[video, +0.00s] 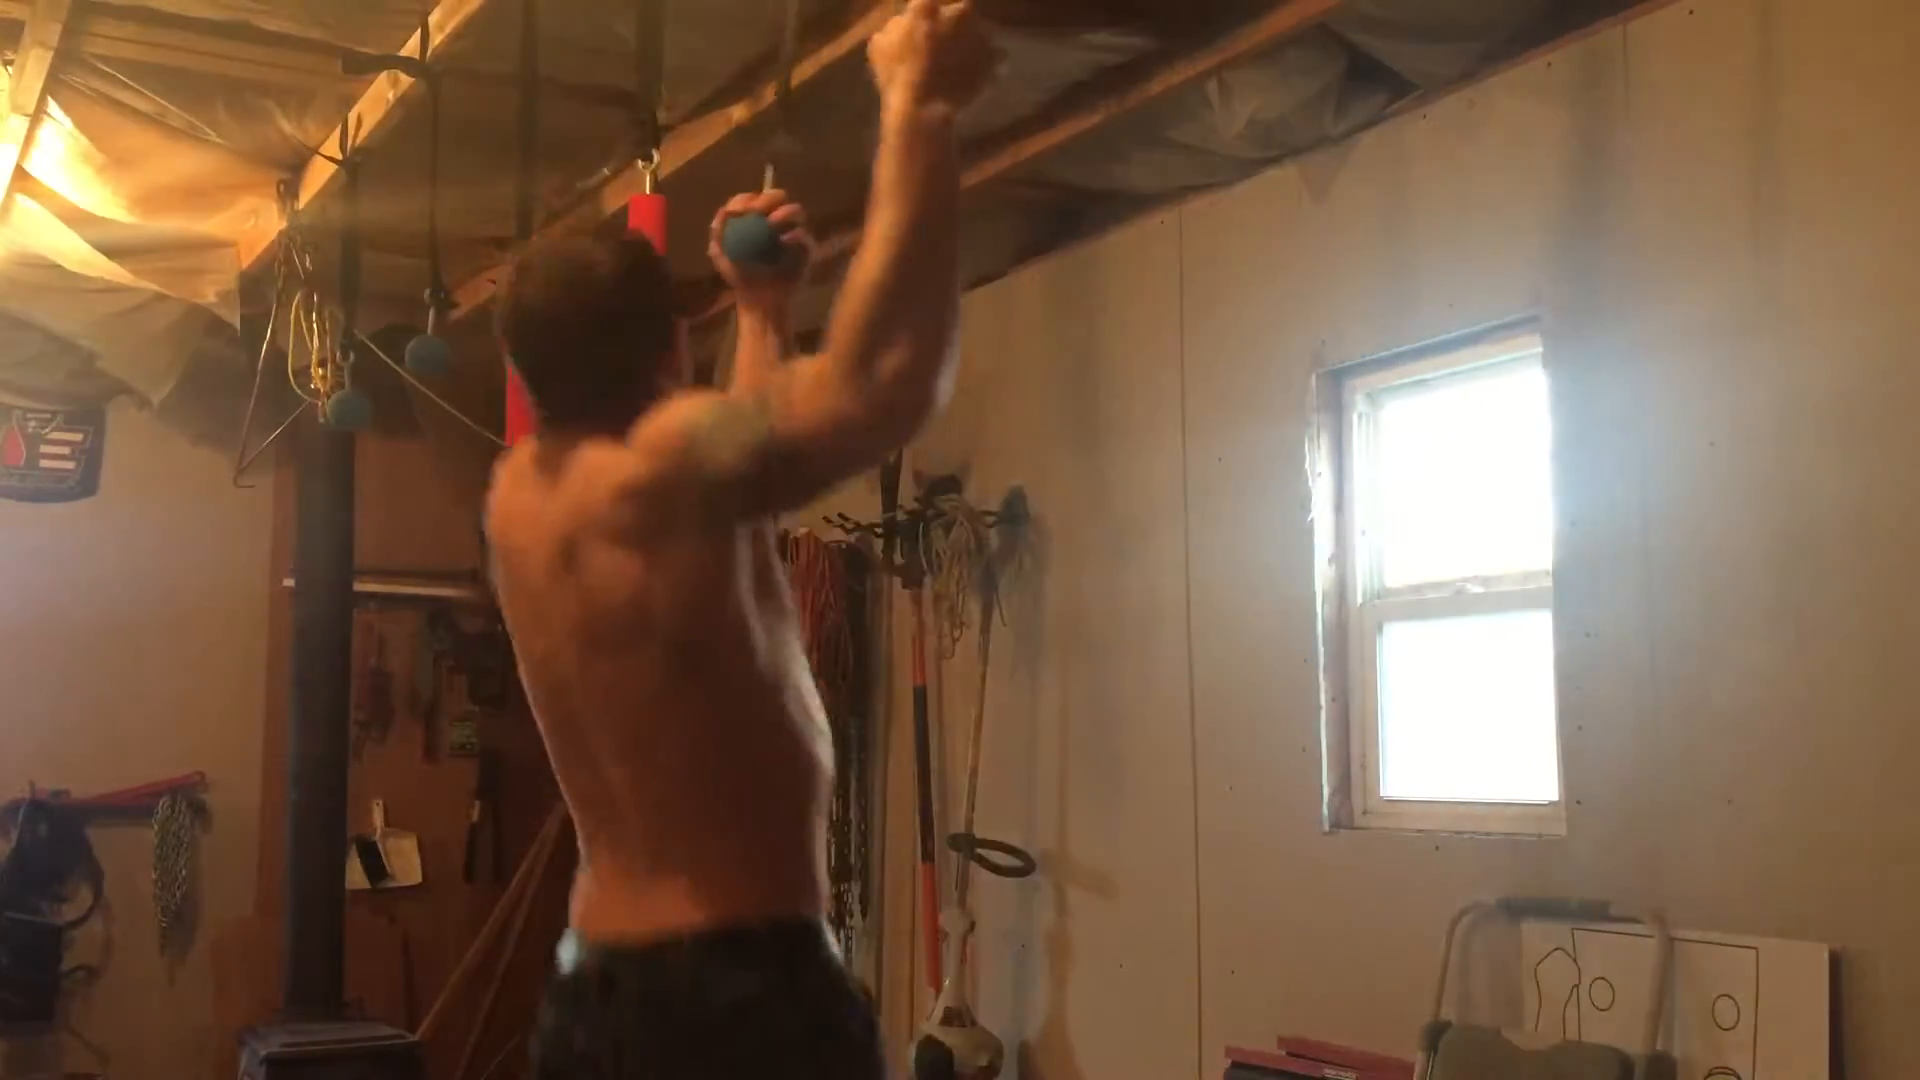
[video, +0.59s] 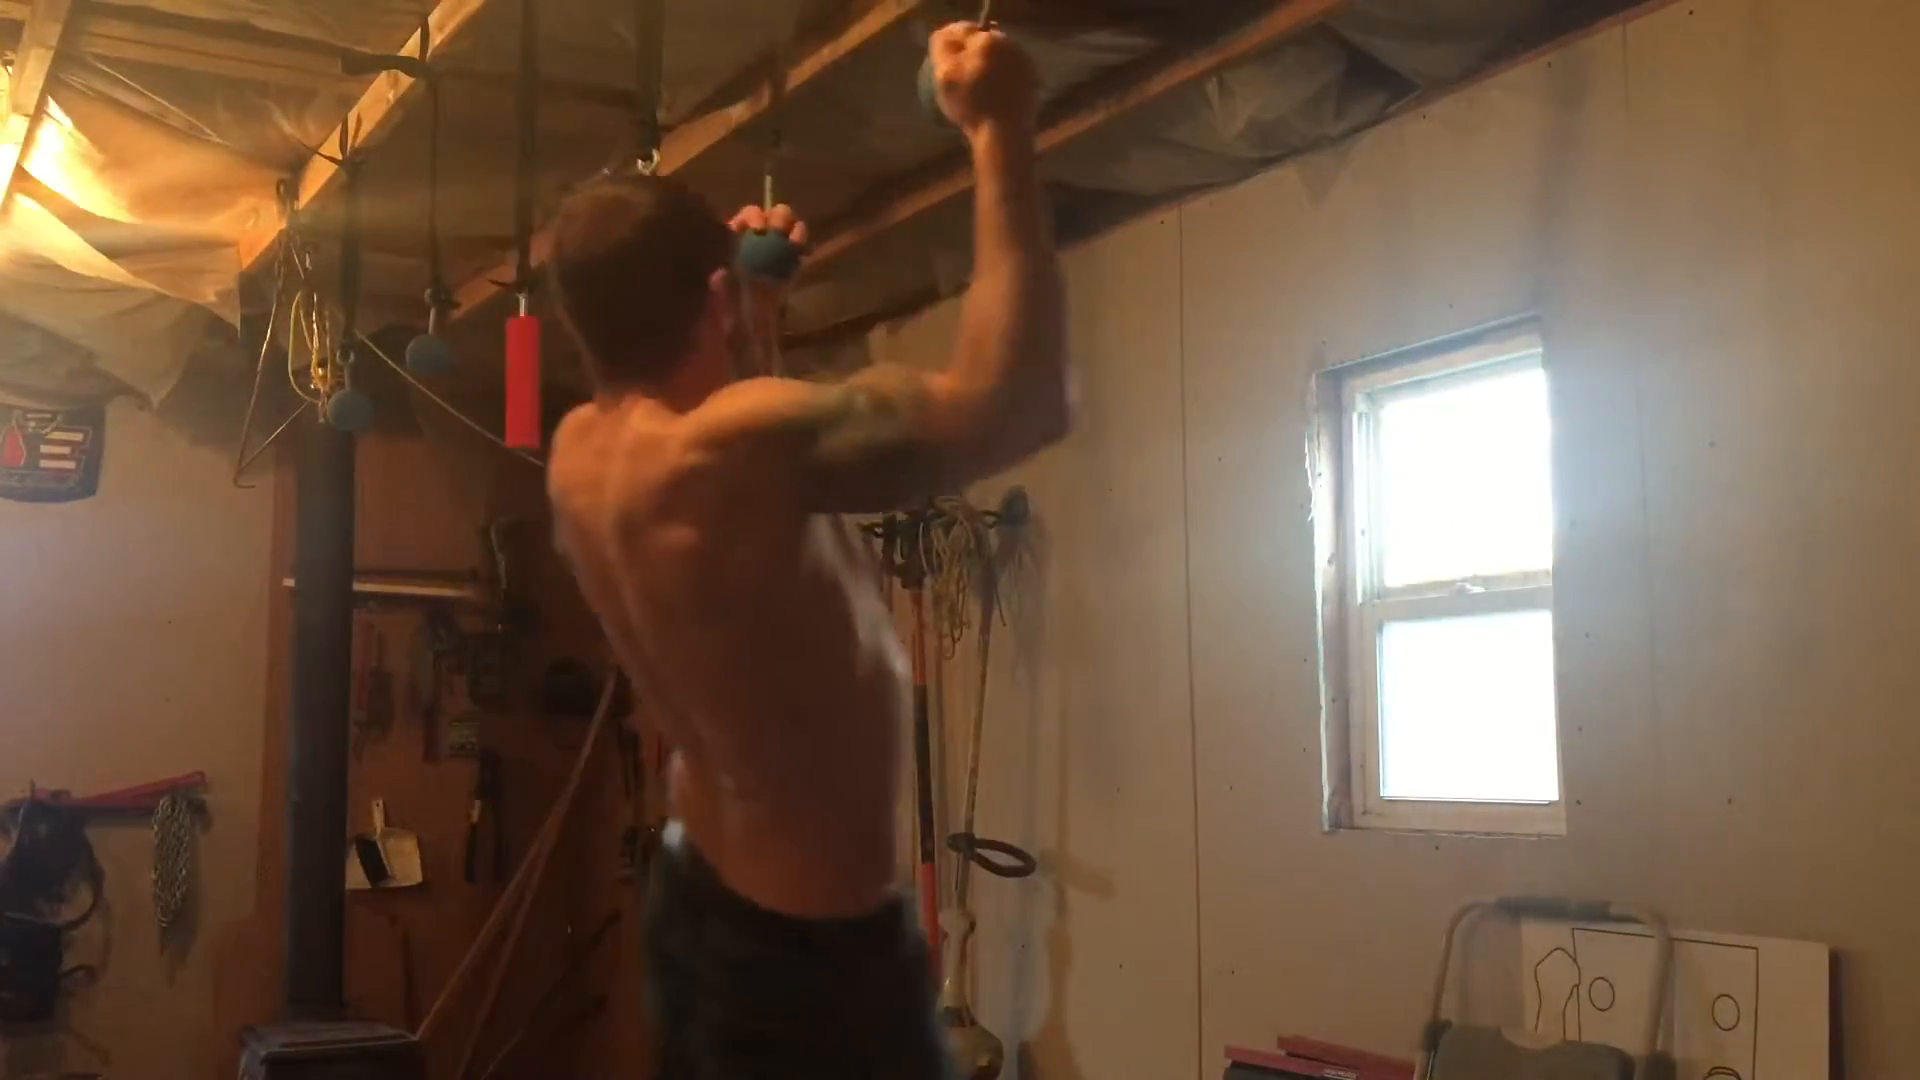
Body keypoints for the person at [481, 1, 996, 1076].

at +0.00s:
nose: (693, 352)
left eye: (680, 328)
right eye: (681, 328)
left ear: (523, 367)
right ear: (666, 342)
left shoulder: (513, 495)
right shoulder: (678, 460)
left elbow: (750, 467)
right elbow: (879, 390)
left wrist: (761, 304)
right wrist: (919, 108)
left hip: (596, 984)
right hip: (751, 981)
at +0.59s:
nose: (741, 288)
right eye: (732, 266)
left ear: (586, 326)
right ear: (715, 298)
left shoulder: (576, 451)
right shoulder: (746, 438)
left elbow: (719, 443)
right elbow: (1015, 402)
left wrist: (750, 294)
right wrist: (1001, 133)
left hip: (694, 917)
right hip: (826, 964)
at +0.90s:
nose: (913, 251)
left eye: (899, 221)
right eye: (902, 222)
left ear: (749, 279)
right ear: (887, 241)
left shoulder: (725, 441)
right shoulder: (956, 374)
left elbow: (774, 338)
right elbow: (1250, 390)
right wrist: (1161, 132)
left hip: (949, 933)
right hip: (1125, 941)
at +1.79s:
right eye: (993, 139)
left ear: (815, 254)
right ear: (987, 166)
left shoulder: (835, 412)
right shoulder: (1043, 272)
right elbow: (1375, 225)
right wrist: (1274, 29)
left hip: (1139, 961)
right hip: (1337, 860)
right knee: (1735, 1059)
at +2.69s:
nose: (735, 304)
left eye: (737, 281)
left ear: (744, 315)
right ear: (892, 332)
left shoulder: (678, 441)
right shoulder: (953, 456)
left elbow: (564, 454)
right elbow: (849, 402)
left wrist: (674, 291)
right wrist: (810, 238)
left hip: (581, 828)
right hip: (736, 858)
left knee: (372, 841)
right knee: (620, 913)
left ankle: (141, 1010)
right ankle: (628, 1031)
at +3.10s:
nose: (906, 446)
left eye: (921, 430)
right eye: (920, 427)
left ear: (954, 459)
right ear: (1015, 483)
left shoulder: (943, 558)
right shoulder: (980, 584)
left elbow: (711, 500)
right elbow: (817, 442)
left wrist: (779, 309)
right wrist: (720, 293)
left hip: (660, 837)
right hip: (702, 917)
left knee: (367, 725)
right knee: (409, 1033)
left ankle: (85, 737)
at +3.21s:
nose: (921, 448)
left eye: (940, 430)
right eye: (936, 428)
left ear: (977, 456)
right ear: (1022, 477)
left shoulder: (985, 559)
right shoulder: (977, 573)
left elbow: (752, 511)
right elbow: (789, 450)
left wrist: (796, 308)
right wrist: (700, 283)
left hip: (700, 847)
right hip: (728, 909)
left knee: (371, 778)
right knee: (353, 1050)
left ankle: (49, 874)